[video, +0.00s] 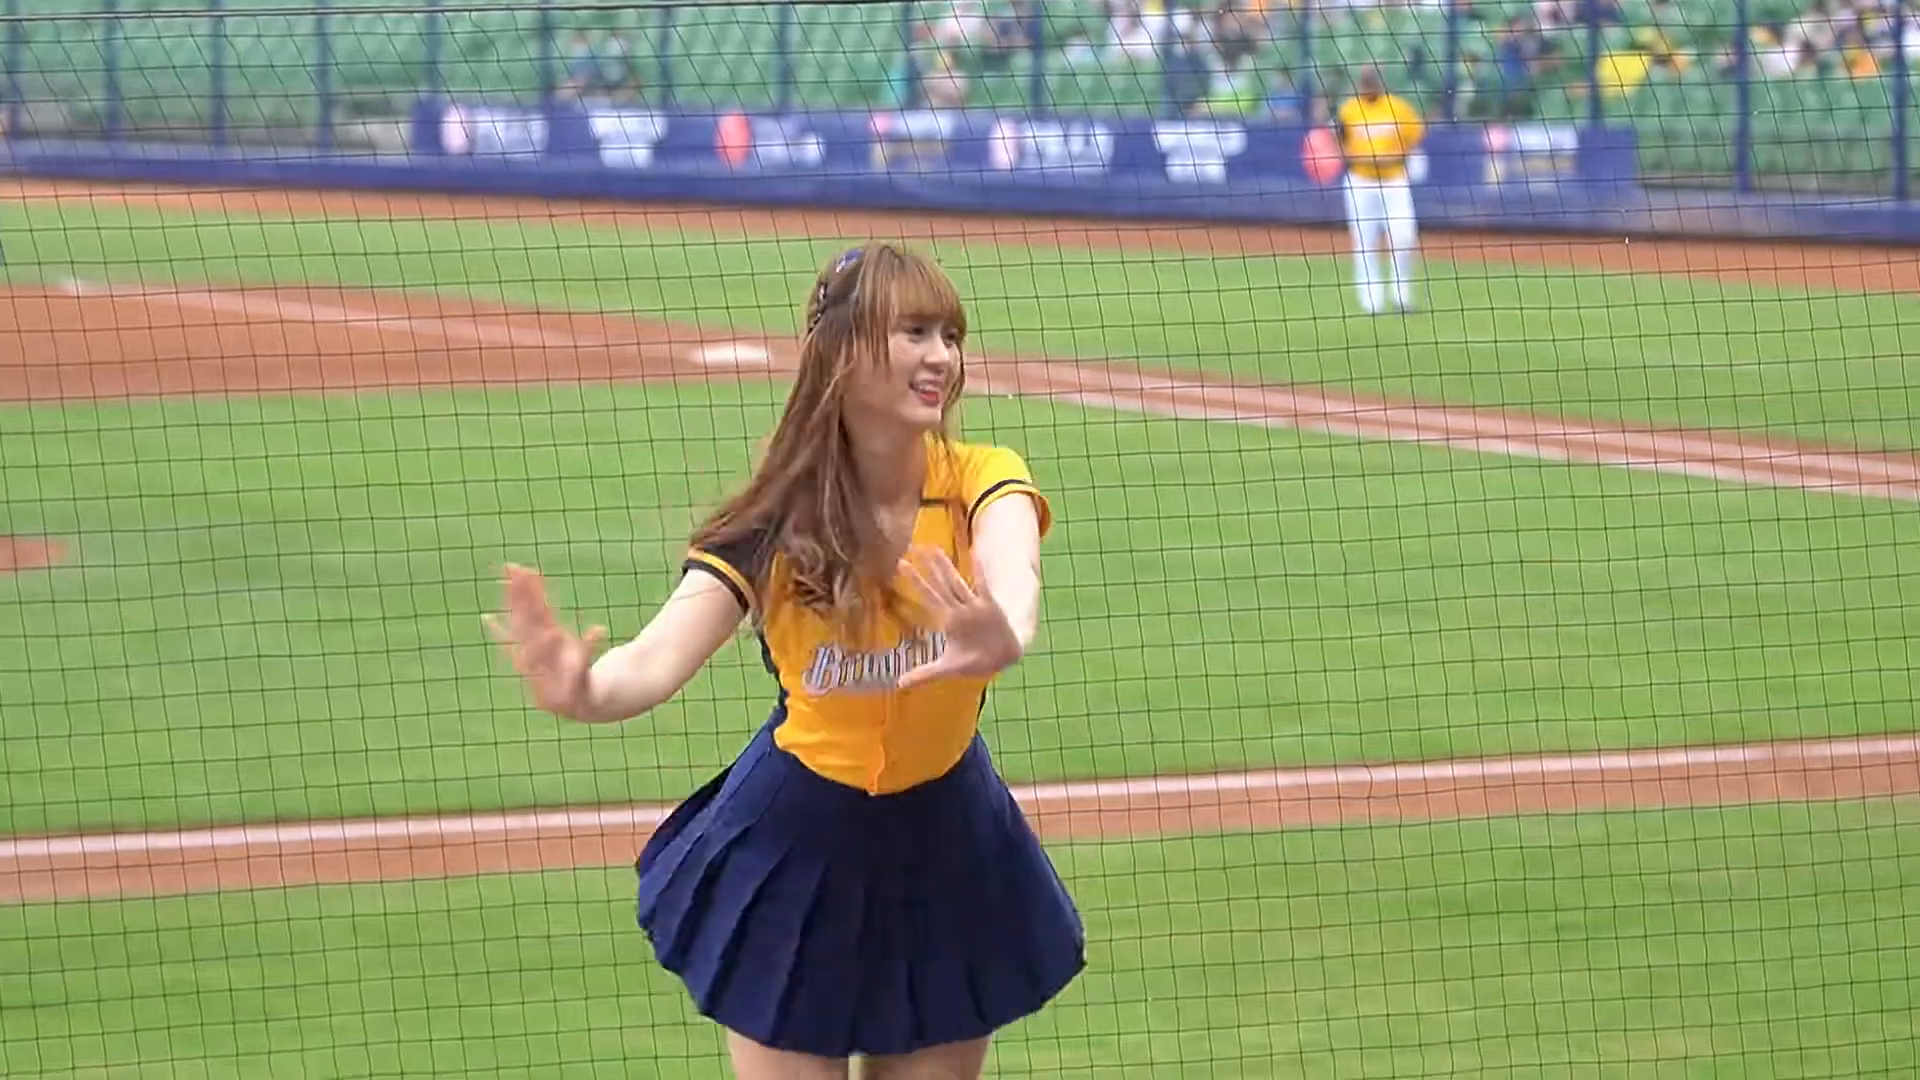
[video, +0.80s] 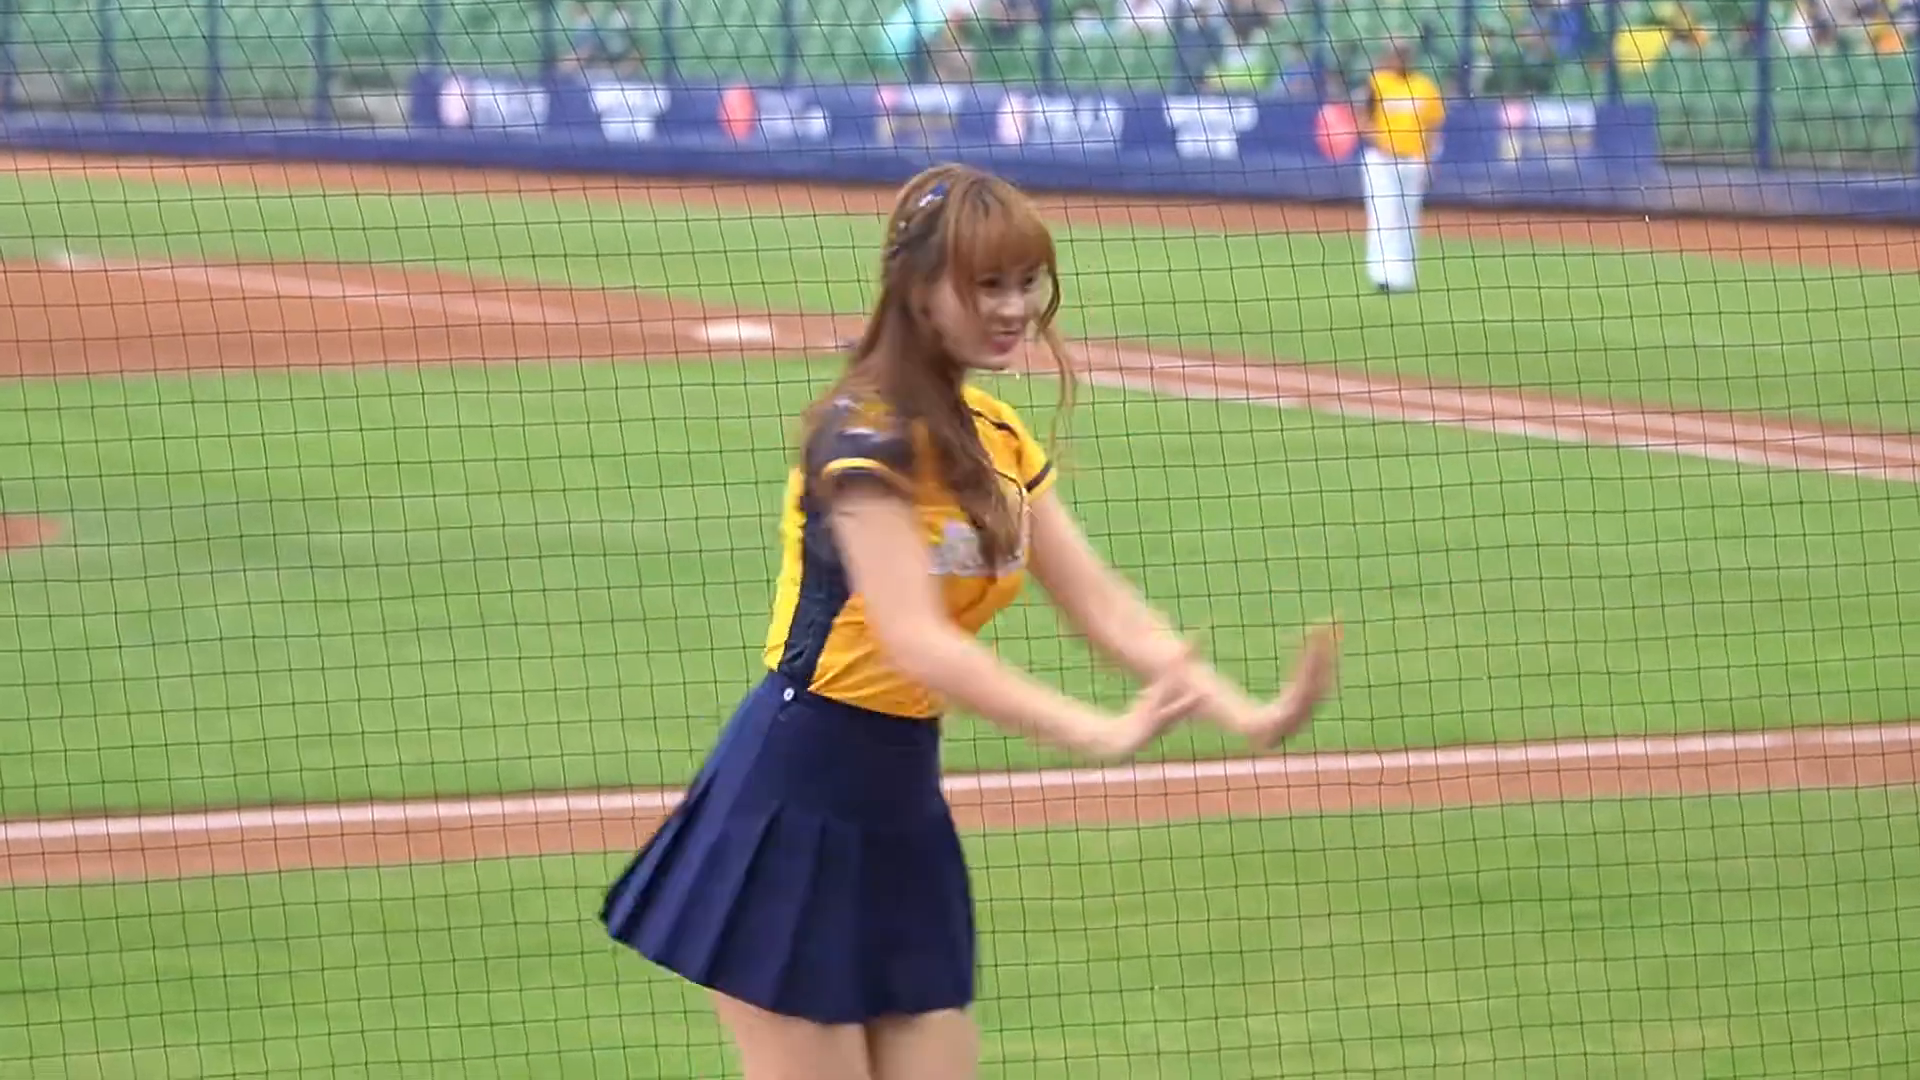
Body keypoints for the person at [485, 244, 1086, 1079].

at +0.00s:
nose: (939, 356)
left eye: (949, 336)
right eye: (913, 333)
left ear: (962, 355)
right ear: (843, 353)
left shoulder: (986, 479)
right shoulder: (776, 519)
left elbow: (1014, 587)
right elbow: (655, 657)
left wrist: (993, 641)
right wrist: (587, 690)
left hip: (942, 831)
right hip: (804, 831)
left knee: (939, 1059)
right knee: (786, 1060)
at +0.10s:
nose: (941, 307)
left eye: (952, 284)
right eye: (912, 284)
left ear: (965, 299)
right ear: (840, 301)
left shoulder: (991, 438)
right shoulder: (769, 467)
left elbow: (1038, 589)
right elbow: (677, 642)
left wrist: (1025, 704)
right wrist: (663, 732)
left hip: (948, 801)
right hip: (804, 804)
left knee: (944, 1062)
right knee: (810, 1062)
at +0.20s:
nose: (941, 330)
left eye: (951, 304)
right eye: (913, 306)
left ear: (965, 313)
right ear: (838, 318)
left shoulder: (987, 463)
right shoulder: (762, 485)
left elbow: (1025, 657)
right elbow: (699, 695)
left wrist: (1045, 788)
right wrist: (747, 810)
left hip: (956, 814)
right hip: (814, 818)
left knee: (973, 1057)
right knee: (837, 1057)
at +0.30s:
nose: (943, 374)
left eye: (953, 349)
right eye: (914, 352)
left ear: (967, 356)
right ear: (844, 369)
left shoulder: (970, 516)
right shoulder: (778, 531)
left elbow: (1015, 708)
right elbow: (768, 752)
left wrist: (1077, 856)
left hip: (948, 840)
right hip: (823, 840)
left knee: (986, 1054)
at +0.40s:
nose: (981, 319)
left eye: (988, 294)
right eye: (950, 298)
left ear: (1002, 301)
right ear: (880, 317)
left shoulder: (982, 470)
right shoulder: (826, 475)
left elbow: (1061, 655)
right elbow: (878, 685)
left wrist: (1196, 780)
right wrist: (1052, 781)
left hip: (911, 813)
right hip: (797, 817)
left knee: (949, 1057)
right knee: (834, 1064)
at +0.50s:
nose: (1024, 299)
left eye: (1033, 275)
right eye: (992, 280)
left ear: (1044, 281)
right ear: (925, 298)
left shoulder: (996, 436)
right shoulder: (904, 438)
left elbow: (1148, 589)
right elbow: (1011, 624)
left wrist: (1335, 674)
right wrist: (1216, 677)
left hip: (874, 802)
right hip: (768, 800)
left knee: (876, 1064)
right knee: (784, 1069)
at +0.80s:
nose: (1015, 309)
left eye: (1029, 284)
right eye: (987, 286)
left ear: (1045, 285)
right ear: (916, 287)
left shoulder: (992, 433)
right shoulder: (863, 433)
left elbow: (1101, 604)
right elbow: (913, 638)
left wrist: (1244, 716)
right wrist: (1095, 731)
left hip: (904, 799)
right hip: (794, 797)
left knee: (934, 1060)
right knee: (808, 1066)